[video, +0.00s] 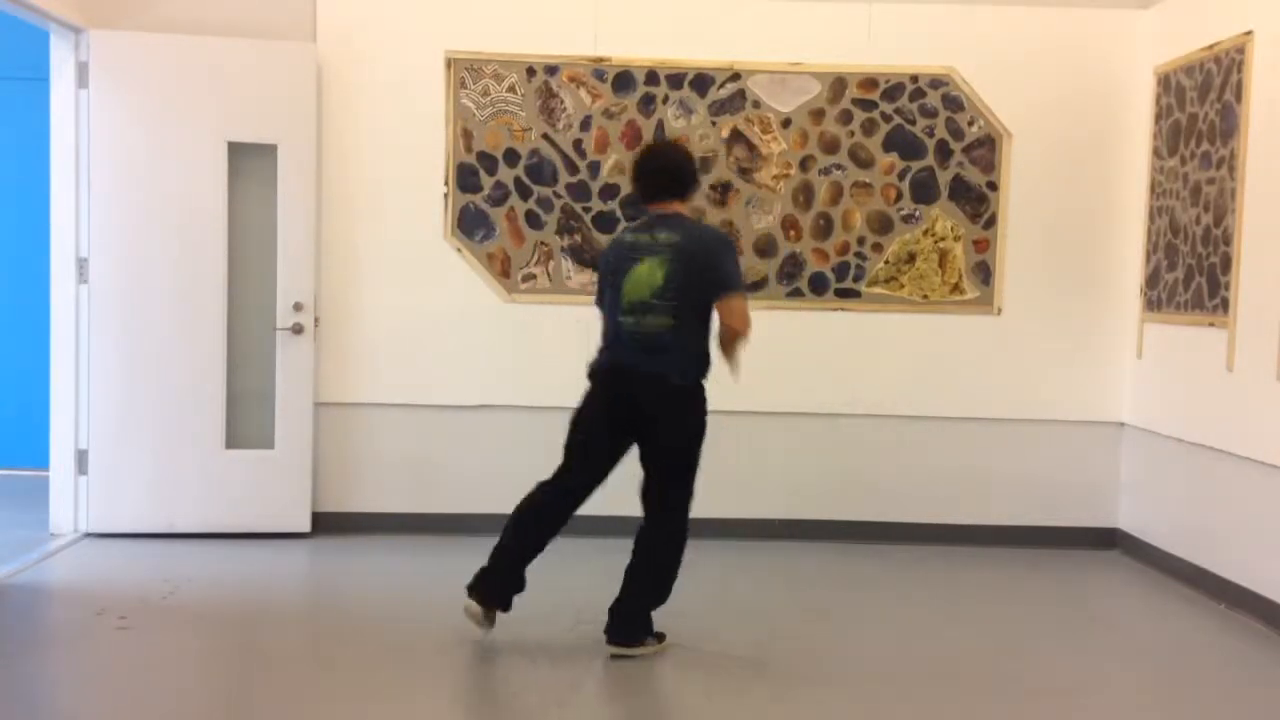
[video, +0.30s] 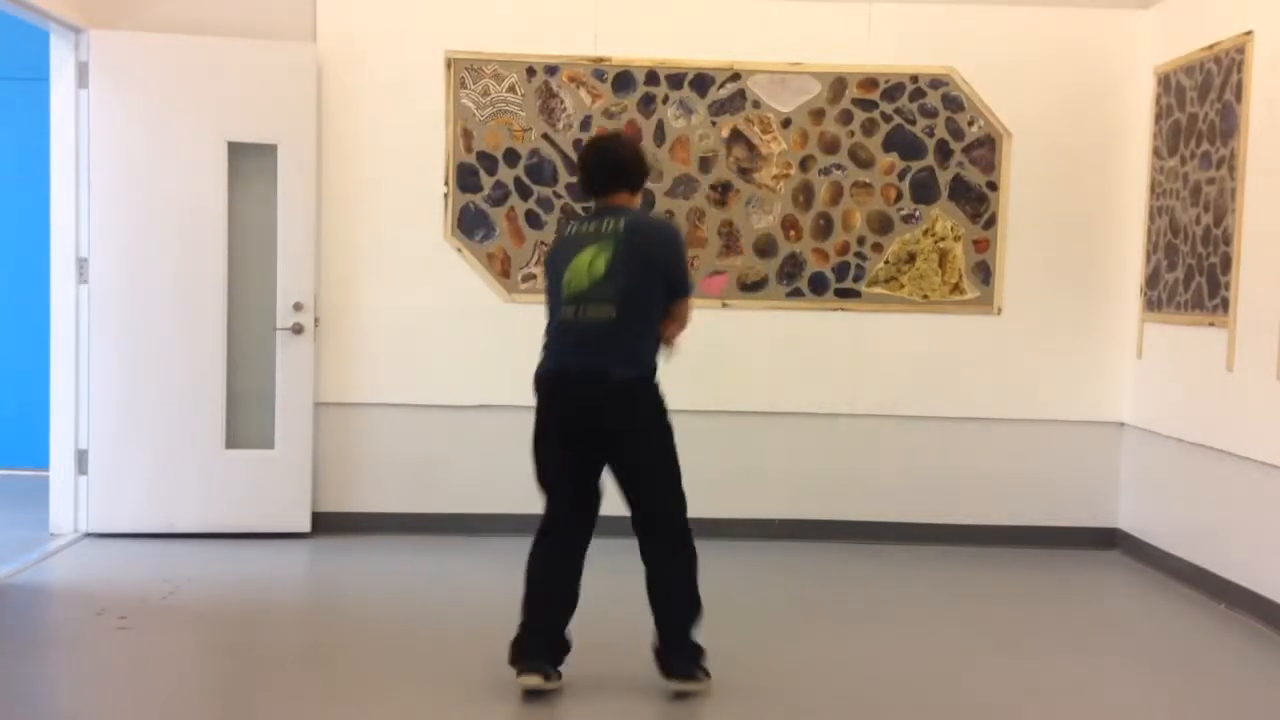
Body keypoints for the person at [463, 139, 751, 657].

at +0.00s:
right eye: (689, 183)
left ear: (639, 190)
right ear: (690, 187)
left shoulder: (620, 246)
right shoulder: (711, 243)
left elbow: (612, 316)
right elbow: (736, 324)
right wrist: (728, 344)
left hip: (613, 390)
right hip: (675, 398)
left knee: (567, 486)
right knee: (666, 514)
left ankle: (491, 587)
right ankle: (629, 627)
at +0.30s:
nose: (642, 187)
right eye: (641, 178)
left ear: (585, 182)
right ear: (640, 182)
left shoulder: (564, 239)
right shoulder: (658, 235)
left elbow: (576, 312)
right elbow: (676, 320)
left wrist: (653, 323)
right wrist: (626, 317)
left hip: (561, 399)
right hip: (629, 401)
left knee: (565, 517)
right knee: (663, 522)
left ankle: (537, 654)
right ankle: (679, 655)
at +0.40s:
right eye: (631, 191)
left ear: (572, 196)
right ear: (632, 196)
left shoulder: (547, 257)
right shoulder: (655, 250)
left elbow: (535, 343)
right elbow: (659, 342)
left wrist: (584, 329)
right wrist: (606, 328)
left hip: (555, 413)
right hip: (627, 413)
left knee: (543, 533)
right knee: (662, 527)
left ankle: (535, 664)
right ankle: (679, 654)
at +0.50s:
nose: (566, 176)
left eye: (565, 167)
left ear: (563, 172)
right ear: (621, 167)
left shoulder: (541, 234)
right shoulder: (656, 229)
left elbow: (517, 322)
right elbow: (669, 322)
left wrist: (508, 374)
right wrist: (631, 355)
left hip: (564, 389)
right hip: (637, 390)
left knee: (548, 519)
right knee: (635, 510)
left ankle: (540, 659)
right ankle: (634, 637)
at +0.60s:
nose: (555, 165)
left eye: (555, 156)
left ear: (559, 159)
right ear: (616, 155)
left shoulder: (541, 216)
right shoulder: (658, 215)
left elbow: (492, 301)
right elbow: (687, 306)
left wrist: (461, 308)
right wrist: (686, 389)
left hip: (576, 387)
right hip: (647, 385)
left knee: (565, 512)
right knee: (617, 516)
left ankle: (572, 655)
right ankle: (577, 645)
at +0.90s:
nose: (579, 168)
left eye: (582, 157)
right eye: (580, 158)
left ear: (599, 159)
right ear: (642, 160)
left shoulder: (596, 230)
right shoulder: (682, 224)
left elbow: (546, 316)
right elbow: (725, 309)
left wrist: (512, 334)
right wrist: (747, 392)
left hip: (620, 402)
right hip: (676, 398)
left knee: (626, 536)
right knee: (613, 528)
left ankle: (676, 681)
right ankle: (571, 654)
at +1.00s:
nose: (595, 155)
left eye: (599, 144)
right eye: (596, 144)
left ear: (622, 150)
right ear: (663, 150)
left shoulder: (621, 221)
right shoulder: (709, 215)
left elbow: (607, 323)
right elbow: (740, 316)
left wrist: (581, 402)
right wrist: (725, 394)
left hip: (649, 398)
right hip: (708, 395)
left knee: (649, 544)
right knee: (666, 535)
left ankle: (684, 688)